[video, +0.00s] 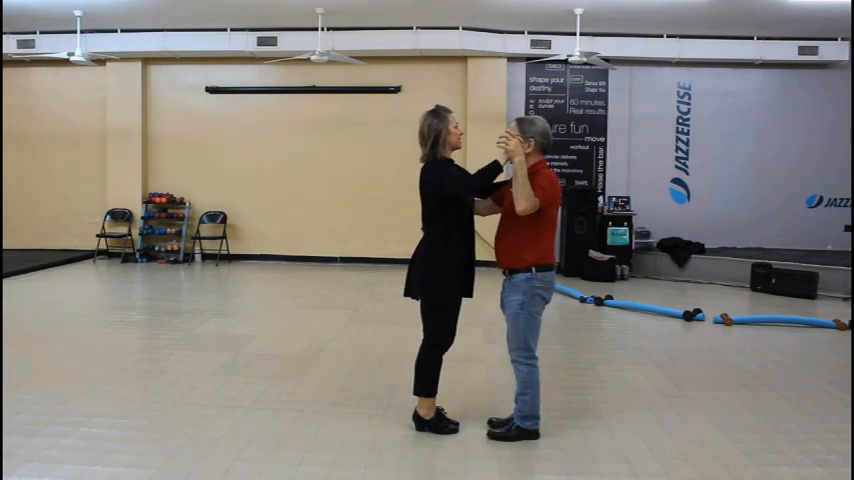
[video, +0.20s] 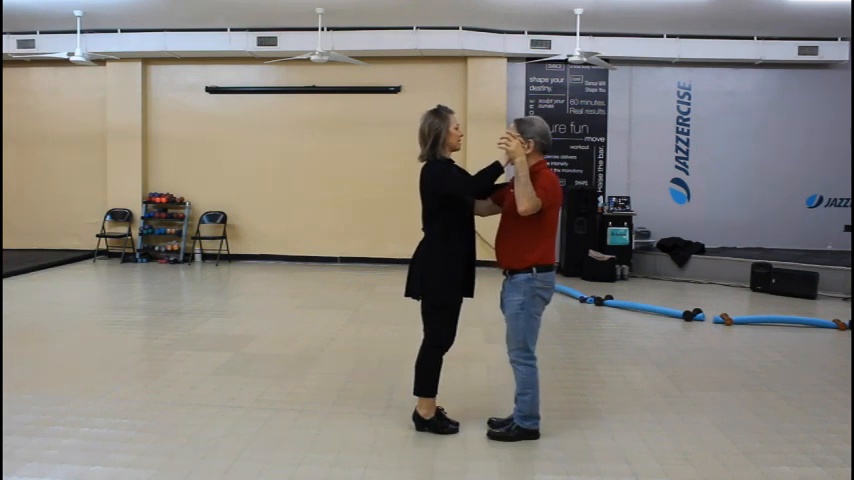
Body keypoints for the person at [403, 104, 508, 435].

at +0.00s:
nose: (461, 131)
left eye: (459, 126)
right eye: (455, 127)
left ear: (442, 132)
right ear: (441, 133)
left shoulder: (443, 167)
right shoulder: (438, 170)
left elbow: (473, 197)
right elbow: (472, 186)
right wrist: (501, 161)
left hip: (444, 267)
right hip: (439, 269)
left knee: (438, 339)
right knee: (436, 340)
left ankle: (427, 407)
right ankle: (424, 412)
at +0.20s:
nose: (461, 133)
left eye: (459, 127)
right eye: (456, 128)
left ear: (442, 132)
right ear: (441, 133)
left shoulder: (442, 168)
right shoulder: (439, 170)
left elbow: (474, 196)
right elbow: (473, 187)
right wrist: (502, 161)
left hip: (444, 267)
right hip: (440, 269)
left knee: (438, 339)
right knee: (436, 340)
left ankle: (427, 407)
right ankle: (424, 411)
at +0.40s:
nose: (462, 132)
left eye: (460, 127)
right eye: (456, 128)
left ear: (442, 132)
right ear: (442, 133)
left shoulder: (443, 167)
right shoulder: (439, 170)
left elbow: (475, 195)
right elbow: (473, 186)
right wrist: (503, 159)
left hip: (445, 267)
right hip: (440, 269)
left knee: (439, 339)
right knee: (436, 340)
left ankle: (427, 407)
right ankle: (424, 412)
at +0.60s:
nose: (461, 131)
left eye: (459, 126)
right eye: (456, 126)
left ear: (442, 132)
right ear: (442, 132)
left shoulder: (443, 166)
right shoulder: (440, 169)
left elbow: (474, 185)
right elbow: (474, 184)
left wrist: (507, 165)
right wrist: (504, 159)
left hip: (444, 267)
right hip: (440, 269)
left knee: (439, 339)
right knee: (437, 340)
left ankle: (427, 407)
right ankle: (424, 411)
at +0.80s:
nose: (461, 132)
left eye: (459, 127)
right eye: (456, 128)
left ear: (440, 133)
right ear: (442, 133)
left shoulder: (442, 167)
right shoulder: (440, 169)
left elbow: (474, 194)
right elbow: (473, 186)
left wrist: (508, 177)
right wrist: (502, 160)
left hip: (444, 267)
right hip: (441, 269)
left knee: (439, 339)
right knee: (437, 340)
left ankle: (427, 407)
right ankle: (424, 411)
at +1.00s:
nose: (462, 133)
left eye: (460, 127)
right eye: (456, 128)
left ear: (441, 133)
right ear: (442, 133)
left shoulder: (442, 167)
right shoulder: (439, 169)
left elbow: (473, 196)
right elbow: (473, 186)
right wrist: (501, 161)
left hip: (444, 267)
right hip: (441, 269)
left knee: (439, 339)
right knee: (437, 340)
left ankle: (427, 407)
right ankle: (424, 411)